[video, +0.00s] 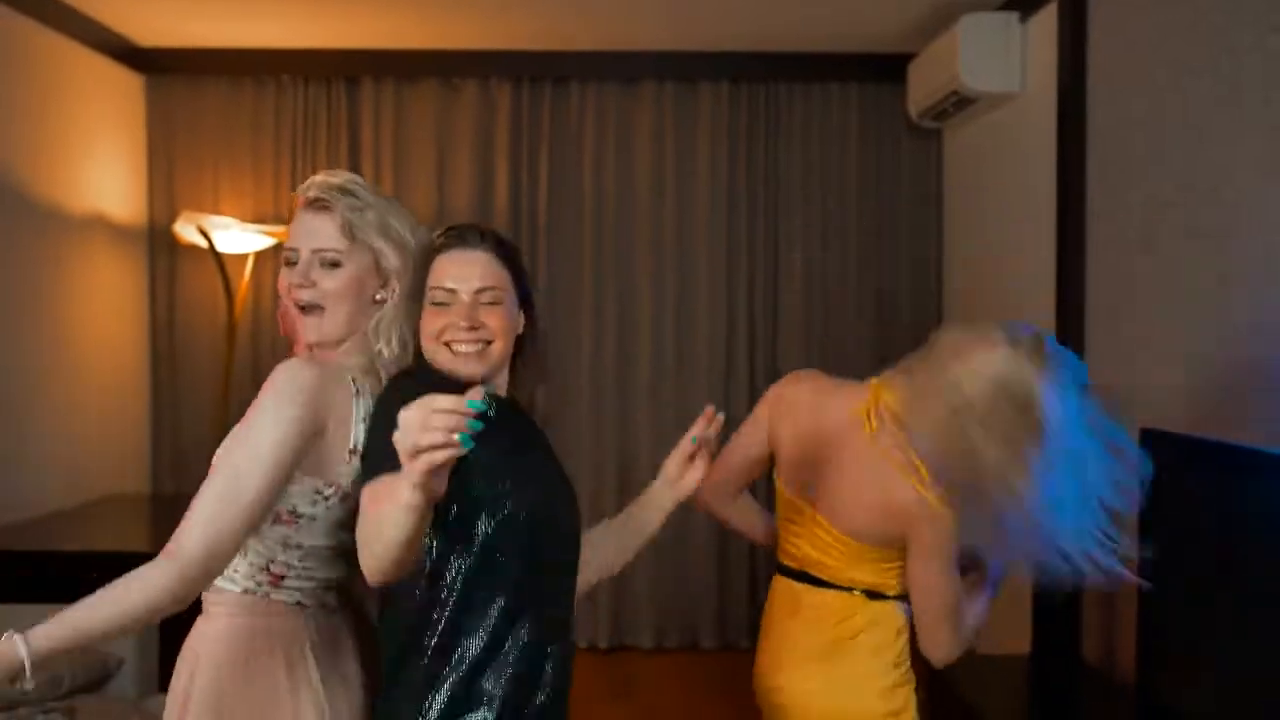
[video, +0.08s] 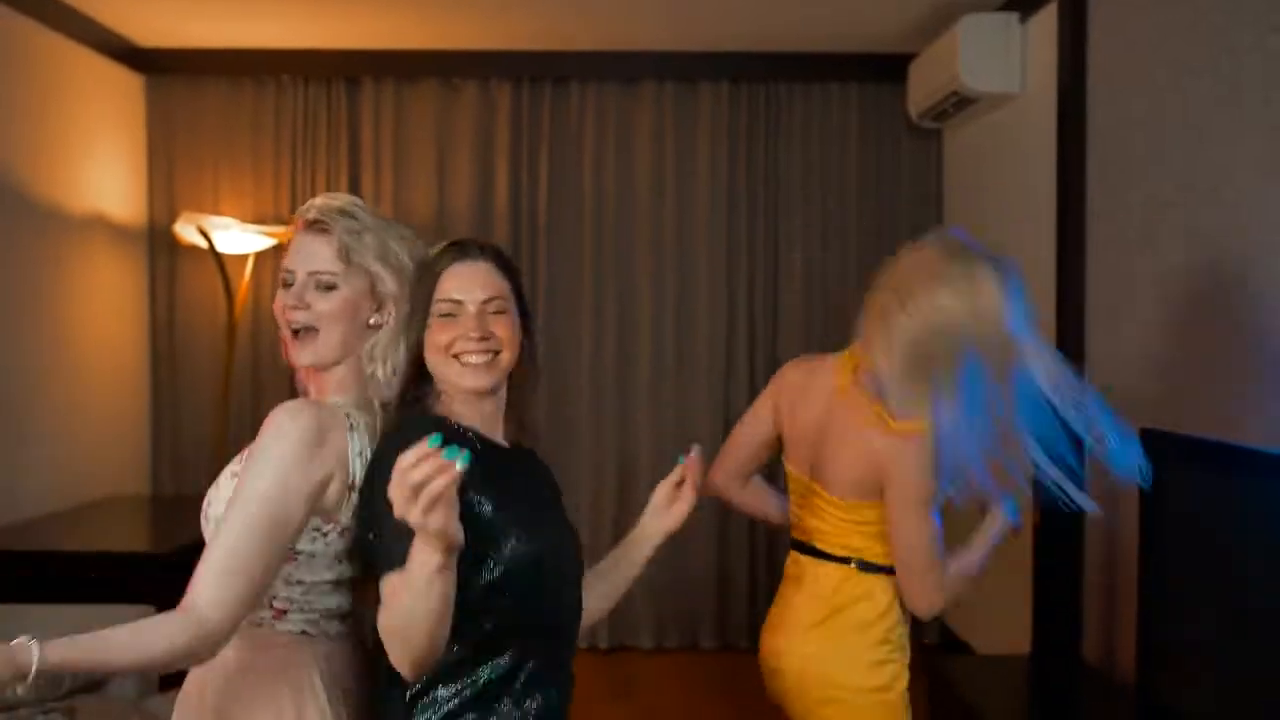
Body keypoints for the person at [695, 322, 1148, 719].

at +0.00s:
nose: (998, 465)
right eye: (1003, 451)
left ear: (941, 362)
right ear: (981, 437)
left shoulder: (797, 396)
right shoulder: (924, 499)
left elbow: (716, 489)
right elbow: (941, 646)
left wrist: (790, 543)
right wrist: (983, 587)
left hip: (780, 660)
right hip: (861, 684)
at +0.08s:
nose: (976, 369)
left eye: (982, 354)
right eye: (976, 353)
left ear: (887, 302)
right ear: (947, 349)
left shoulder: (799, 378)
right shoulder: (903, 434)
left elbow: (727, 479)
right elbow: (926, 597)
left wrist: (805, 520)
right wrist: (997, 520)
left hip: (788, 630)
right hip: (855, 657)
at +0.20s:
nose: (919, 285)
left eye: (927, 272)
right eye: (898, 269)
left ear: (940, 285)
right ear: (851, 285)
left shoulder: (817, 372)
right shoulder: (878, 389)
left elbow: (754, 488)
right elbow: (917, 548)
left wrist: (842, 515)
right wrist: (987, 452)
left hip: (793, 620)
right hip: (838, 642)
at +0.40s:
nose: (876, 322)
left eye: (889, 312)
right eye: (858, 306)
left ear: (900, 328)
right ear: (821, 320)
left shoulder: (807, 393)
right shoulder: (834, 393)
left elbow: (785, 544)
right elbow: (860, 521)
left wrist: (886, 509)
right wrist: (950, 422)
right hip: (823, 659)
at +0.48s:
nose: (867, 304)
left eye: (882, 292)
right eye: (850, 286)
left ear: (896, 309)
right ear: (815, 297)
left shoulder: (848, 378)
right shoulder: (819, 363)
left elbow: (831, 487)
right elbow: (816, 474)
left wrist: (888, 487)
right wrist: (926, 411)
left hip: (846, 621)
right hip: (814, 622)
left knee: (885, 708)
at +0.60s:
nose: (853, 309)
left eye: (869, 298)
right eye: (837, 294)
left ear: (887, 313)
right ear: (811, 304)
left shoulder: (853, 394)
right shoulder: (814, 345)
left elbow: (861, 532)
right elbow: (777, 434)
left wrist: (918, 495)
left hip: (852, 619)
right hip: (802, 618)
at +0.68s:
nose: (849, 336)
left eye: (866, 324)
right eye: (835, 321)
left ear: (884, 341)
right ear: (810, 328)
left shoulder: (851, 428)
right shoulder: (802, 376)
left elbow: (868, 572)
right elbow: (741, 447)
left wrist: (939, 507)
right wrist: (797, 422)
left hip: (844, 647)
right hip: (794, 647)